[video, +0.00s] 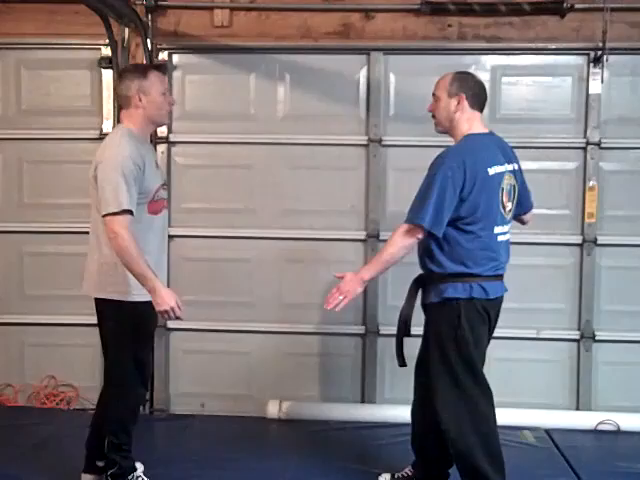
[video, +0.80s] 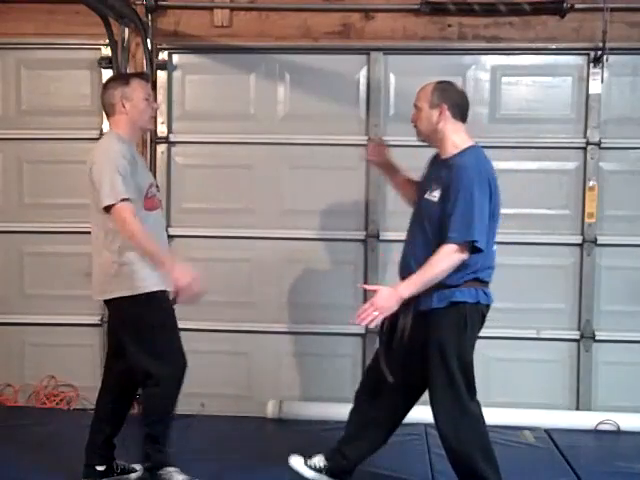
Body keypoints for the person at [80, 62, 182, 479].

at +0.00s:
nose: (172, 101)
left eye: (170, 93)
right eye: (165, 93)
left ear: (141, 101)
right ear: (138, 100)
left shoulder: (141, 147)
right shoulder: (118, 152)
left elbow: (136, 223)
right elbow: (116, 231)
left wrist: (154, 286)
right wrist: (156, 287)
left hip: (137, 288)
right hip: (121, 290)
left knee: (126, 382)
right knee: (127, 383)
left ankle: (99, 463)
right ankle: (116, 467)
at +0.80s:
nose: (155, 106)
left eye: (154, 100)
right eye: (148, 100)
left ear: (127, 107)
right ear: (122, 105)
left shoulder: (129, 152)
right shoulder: (112, 150)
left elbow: (136, 222)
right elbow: (123, 218)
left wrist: (165, 278)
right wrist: (172, 264)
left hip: (138, 284)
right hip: (132, 284)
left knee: (122, 376)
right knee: (168, 367)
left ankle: (100, 462)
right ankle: (156, 463)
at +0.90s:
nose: (155, 108)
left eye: (153, 101)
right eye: (147, 101)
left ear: (128, 108)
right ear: (123, 106)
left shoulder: (127, 150)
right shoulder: (114, 150)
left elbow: (149, 214)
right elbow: (155, 205)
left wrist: (181, 251)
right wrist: (217, 219)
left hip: (141, 281)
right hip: (137, 282)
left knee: (126, 375)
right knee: (175, 365)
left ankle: (99, 462)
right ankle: (187, 466)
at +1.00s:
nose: (158, 108)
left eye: (156, 101)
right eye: (150, 101)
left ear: (127, 111)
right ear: (126, 109)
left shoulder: (127, 152)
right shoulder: (123, 153)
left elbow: (164, 201)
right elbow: (184, 186)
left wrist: (192, 232)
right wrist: (249, 172)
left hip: (141, 282)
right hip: (146, 283)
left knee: (133, 376)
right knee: (183, 370)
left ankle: (100, 461)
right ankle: (215, 463)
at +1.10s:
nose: (163, 110)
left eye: (160, 103)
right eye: (155, 104)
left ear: (131, 112)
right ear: (131, 110)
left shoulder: (128, 153)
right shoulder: (132, 153)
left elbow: (177, 198)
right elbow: (205, 177)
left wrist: (216, 213)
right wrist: (258, 146)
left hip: (147, 286)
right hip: (159, 286)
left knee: (137, 377)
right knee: (199, 375)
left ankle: (101, 461)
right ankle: (236, 465)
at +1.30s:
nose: (195, 113)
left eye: (193, 107)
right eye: (187, 107)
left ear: (162, 116)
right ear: (164, 114)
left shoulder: (152, 157)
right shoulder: (175, 150)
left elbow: (203, 216)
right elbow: (239, 189)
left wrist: (268, 198)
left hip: (171, 291)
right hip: (193, 290)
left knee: (155, 376)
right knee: (229, 385)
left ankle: (105, 456)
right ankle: (254, 471)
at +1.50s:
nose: (236, 115)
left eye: (233, 108)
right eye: (230, 109)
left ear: (196, 118)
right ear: (208, 114)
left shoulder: (169, 169)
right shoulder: (228, 144)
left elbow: (194, 226)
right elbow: (297, 176)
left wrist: (259, 232)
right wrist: (262, 172)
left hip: (191, 292)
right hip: (232, 287)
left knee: (197, 368)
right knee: (261, 381)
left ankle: (145, 446)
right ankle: (266, 469)